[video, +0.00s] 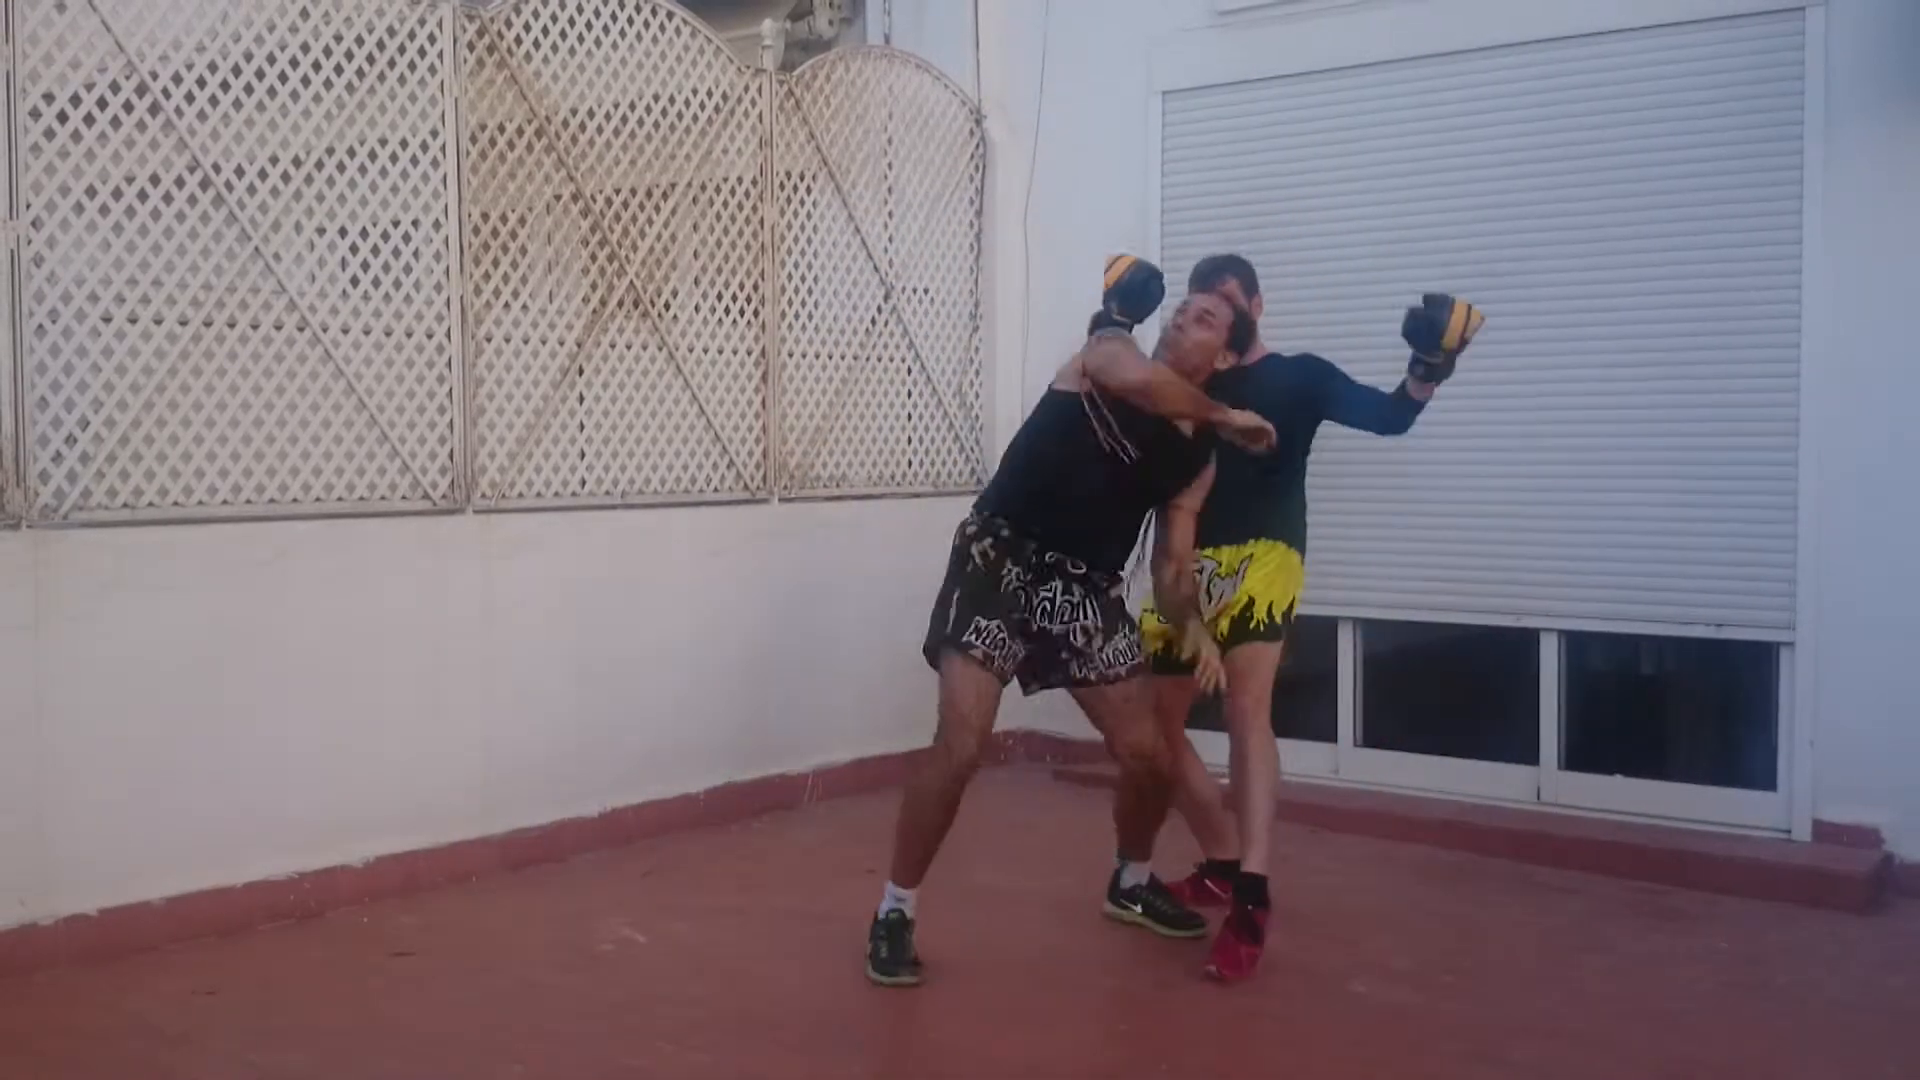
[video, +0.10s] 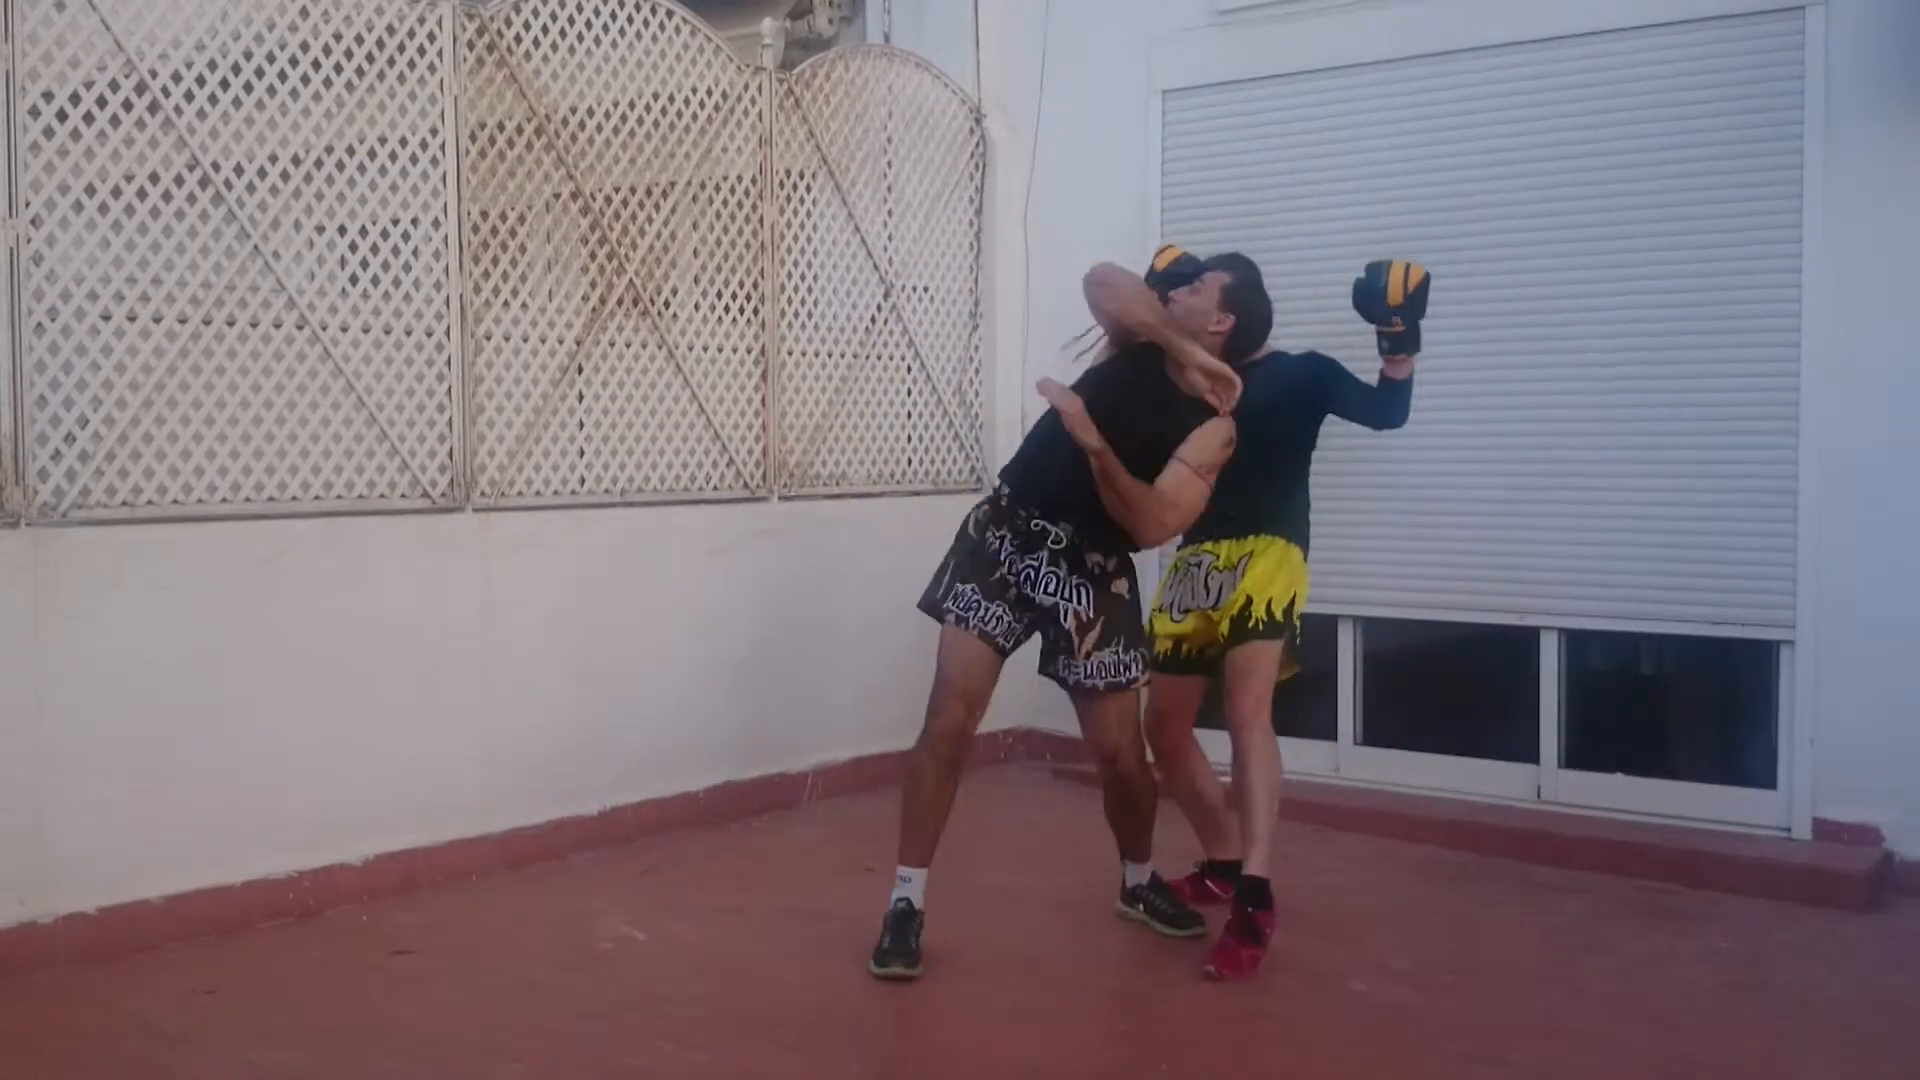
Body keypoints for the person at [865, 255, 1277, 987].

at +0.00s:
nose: (1193, 322)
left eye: (1211, 321)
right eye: (1189, 311)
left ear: (1226, 355)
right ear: (1165, 323)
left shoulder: (1195, 451)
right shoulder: (1108, 349)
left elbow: (1176, 564)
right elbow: (1140, 384)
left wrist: (1193, 625)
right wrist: (1219, 413)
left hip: (1086, 586)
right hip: (999, 557)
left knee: (1147, 752)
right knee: (963, 744)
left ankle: (1132, 882)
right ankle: (895, 911)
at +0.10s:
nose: (1179, 286)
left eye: (1197, 283)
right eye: (1187, 278)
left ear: (1225, 320)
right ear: (1182, 303)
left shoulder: (1213, 423)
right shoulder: (1137, 339)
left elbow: (1155, 524)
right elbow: (1102, 280)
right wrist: (1179, 345)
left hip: (1097, 571)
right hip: (1006, 536)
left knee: (1123, 757)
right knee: (950, 724)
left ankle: (1139, 883)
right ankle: (906, 901)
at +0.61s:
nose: (1172, 276)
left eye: (1193, 275)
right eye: (1177, 264)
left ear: (1227, 307)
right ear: (1172, 272)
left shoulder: (1221, 398)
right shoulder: (1122, 309)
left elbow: (1183, 496)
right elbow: (1034, 235)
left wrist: (1159, 395)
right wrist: (1108, 285)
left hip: (1125, 556)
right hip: (1031, 528)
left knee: (1143, 726)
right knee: (971, 703)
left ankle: (1159, 880)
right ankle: (932, 885)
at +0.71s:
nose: (1195, 292)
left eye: (1212, 286)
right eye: (1185, 274)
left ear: (1222, 304)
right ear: (1155, 274)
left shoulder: (1211, 386)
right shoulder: (1087, 317)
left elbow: (1208, 501)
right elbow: (972, 305)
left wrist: (1192, 409)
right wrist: (1069, 315)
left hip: (1124, 554)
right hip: (1030, 530)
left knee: (1145, 728)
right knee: (985, 712)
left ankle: (1160, 880)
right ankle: (926, 890)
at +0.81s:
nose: (1193, 304)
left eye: (1201, 291)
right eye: (1184, 287)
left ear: (1191, 292)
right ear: (1137, 276)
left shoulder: (1173, 372)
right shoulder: (1055, 331)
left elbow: (1182, 495)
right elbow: (962, 400)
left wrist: (1188, 440)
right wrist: (1062, 370)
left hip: (1111, 551)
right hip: (1023, 538)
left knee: (1137, 724)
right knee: (998, 727)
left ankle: (1157, 878)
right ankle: (924, 914)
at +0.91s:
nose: (1166, 310)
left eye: (1170, 296)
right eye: (1160, 293)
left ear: (1124, 290)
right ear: (1113, 285)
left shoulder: (1124, 370)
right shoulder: (1026, 346)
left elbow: (1129, 479)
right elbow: (980, 462)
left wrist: (1156, 450)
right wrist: (1088, 427)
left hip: (1079, 550)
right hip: (1003, 545)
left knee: (1115, 720)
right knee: (1001, 734)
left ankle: (1148, 878)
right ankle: (921, 922)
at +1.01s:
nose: (1142, 302)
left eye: (1144, 287)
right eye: (1137, 286)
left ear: (1098, 279)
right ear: (1094, 278)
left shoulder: (1077, 347)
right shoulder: (1013, 348)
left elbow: (1028, 455)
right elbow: (990, 473)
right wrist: (1102, 446)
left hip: (1045, 545)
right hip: (982, 547)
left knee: (1089, 711)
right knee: (990, 734)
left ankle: (1109, 878)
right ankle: (916, 922)